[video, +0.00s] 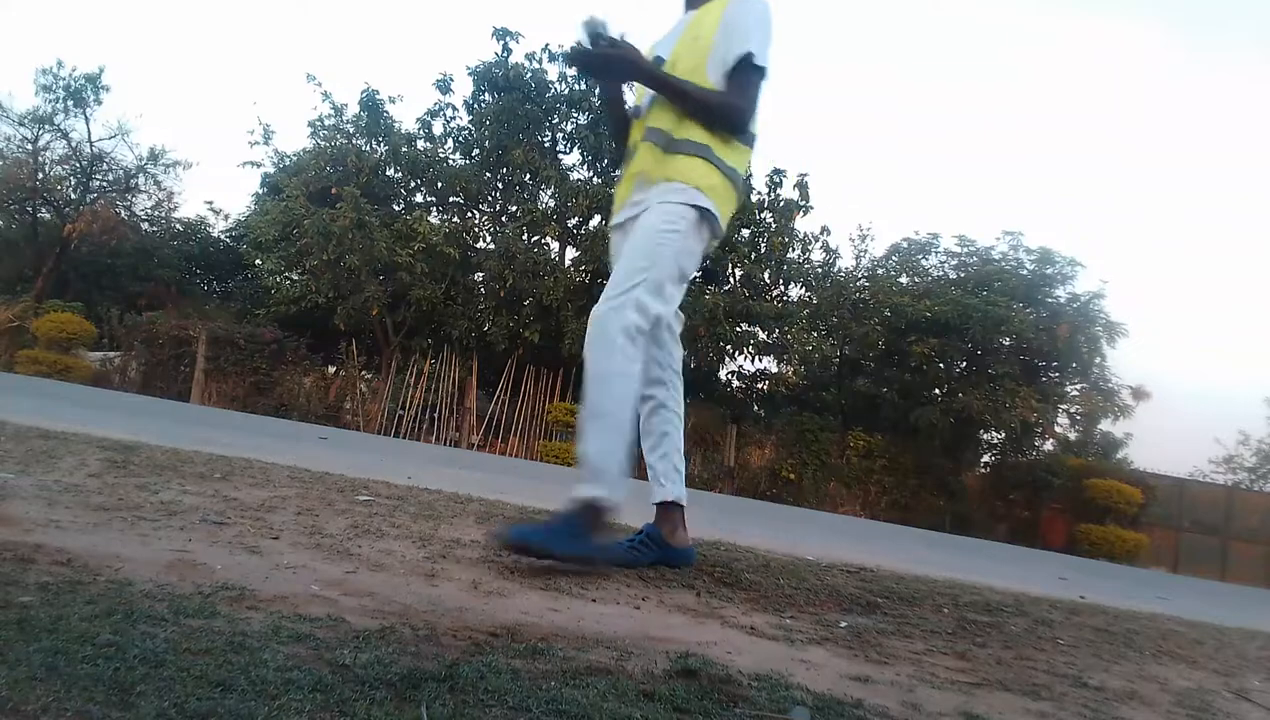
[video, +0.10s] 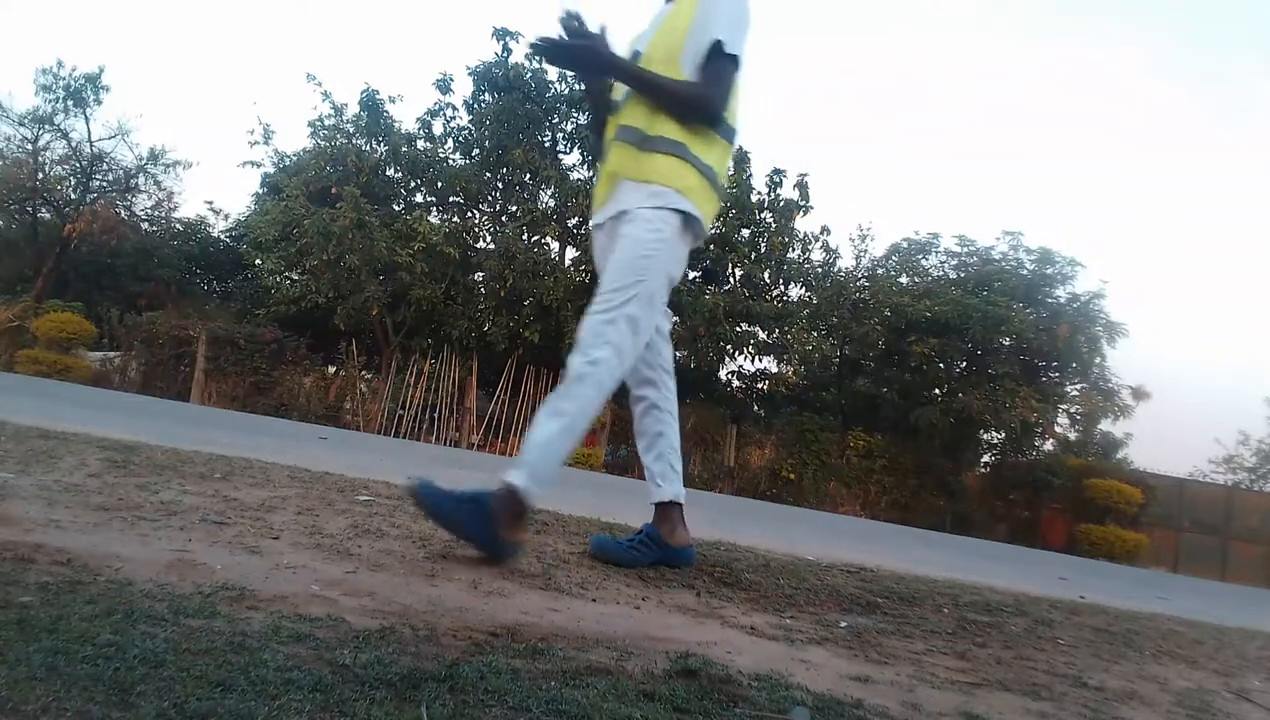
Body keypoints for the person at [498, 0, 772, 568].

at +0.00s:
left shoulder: (743, 10)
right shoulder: (664, 48)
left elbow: (737, 112)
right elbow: (631, 148)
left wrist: (640, 69)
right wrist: (610, 85)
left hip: (684, 194)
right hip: (636, 202)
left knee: (616, 323)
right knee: (658, 353)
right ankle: (671, 527)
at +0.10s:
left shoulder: (719, 6)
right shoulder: (645, 42)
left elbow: (705, 103)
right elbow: (613, 147)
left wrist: (607, 64)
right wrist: (598, 84)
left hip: (664, 201)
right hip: (617, 205)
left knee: (602, 344)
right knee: (650, 367)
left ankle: (510, 505)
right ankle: (671, 524)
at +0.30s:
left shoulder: (667, 4)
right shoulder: (606, 25)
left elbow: (653, 86)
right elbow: (572, 119)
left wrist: (546, 48)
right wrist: (536, 60)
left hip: (597, 183)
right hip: (565, 182)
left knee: (544, 337)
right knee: (584, 347)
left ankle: (474, 518)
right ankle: (658, 509)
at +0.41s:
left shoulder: (633, 5)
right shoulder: (573, 21)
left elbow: (619, 77)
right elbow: (540, 104)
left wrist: (514, 40)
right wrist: (495, 49)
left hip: (565, 185)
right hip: (524, 187)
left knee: (527, 350)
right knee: (497, 340)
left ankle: (473, 521)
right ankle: (614, 465)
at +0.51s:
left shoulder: (604, 3)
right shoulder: (547, 20)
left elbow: (593, 73)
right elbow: (514, 107)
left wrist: (488, 29)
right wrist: (469, 48)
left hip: (548, 178)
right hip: (493, 178)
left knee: (515, 344)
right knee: (442, 311)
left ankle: (472, 526)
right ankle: (556, 456)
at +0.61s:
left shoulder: (583, 3)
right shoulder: (521, 17)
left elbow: (571, 74)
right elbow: (494, 102)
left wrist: (461, 38)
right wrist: (456, 35)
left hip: (530, 182)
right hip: (471, 180)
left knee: (503, 353)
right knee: (403, 305)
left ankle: (470, 536)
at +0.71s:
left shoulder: (561, 3)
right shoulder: (500, 15)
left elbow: (548, 86)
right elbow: (475, 110)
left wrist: (443, 47)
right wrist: (434, 48)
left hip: (515, 200)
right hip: (454, 198)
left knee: (493, 370)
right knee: (384, 326)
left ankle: (468, 555)